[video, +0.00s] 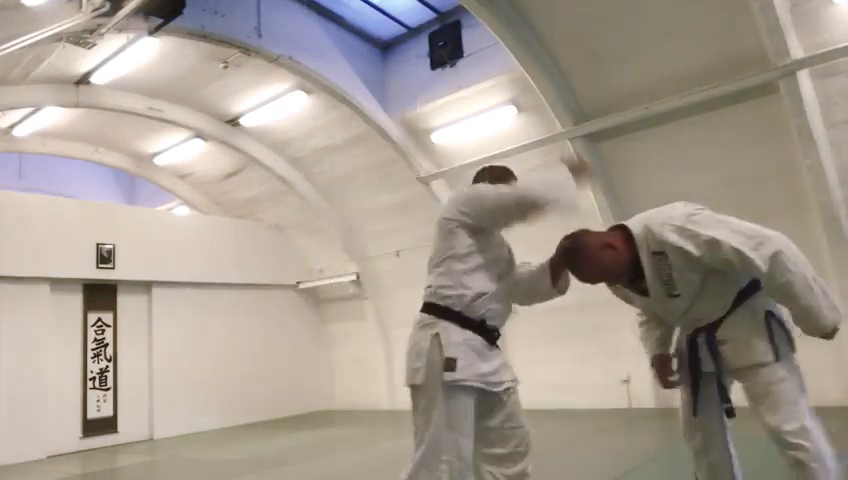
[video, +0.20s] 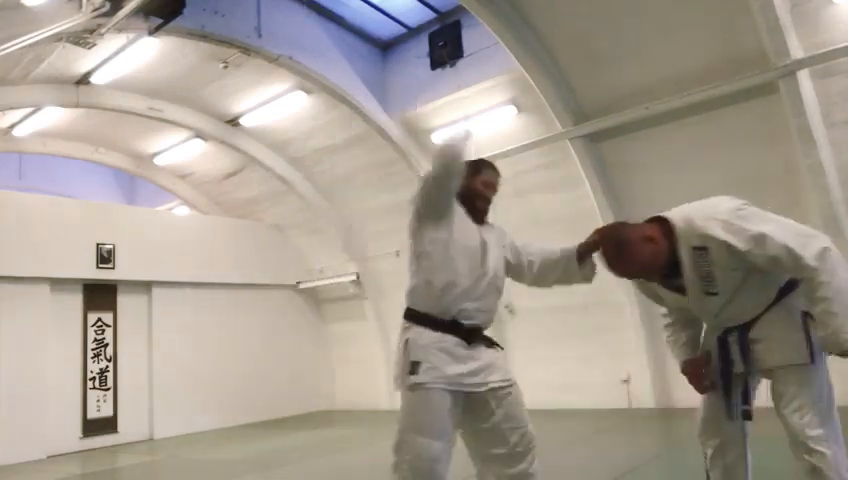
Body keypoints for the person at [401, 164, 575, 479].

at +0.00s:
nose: (513, 197)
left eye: (515, 191)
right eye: (506, 190)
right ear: (485, 186)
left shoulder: (501, 252)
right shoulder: (461, 206)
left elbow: (519, 287)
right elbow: (520, 196)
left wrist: (559, 265)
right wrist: (569, 176)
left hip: (485, 348)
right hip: (446, 338)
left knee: (509, 449)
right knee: (445, 458)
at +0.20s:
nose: (491, 193)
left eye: (495, 189)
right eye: (485, 184)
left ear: (495, 193)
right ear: (463, 181)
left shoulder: (497, 239)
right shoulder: (436, 216)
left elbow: (534, 264)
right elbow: (445, 174)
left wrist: (584, 251)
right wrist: (458, 136)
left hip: (479, 351)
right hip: (430, 345)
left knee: (513, 452)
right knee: (423, 460)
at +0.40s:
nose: (438, 199)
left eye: (444, 194)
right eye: (431, 190)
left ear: (449, 201)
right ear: (412, 192)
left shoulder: (454, 247)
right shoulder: (389, 237)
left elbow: (496, 279)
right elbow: (386, 181)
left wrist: (546, 287)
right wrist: (419, 157)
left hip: (448, 365)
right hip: (396, 364)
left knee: (500, 454)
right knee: (401, 465)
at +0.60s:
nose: (394, 192)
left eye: (401, 187)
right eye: (387, 185)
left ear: (406, 195)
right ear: (371, 188)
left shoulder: (410, 243)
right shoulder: (346, 229)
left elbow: (425, 307)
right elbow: (310, 247)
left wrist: (440, 360)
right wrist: (356, 224)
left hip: (412, 359)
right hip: (363, 359)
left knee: (446, 454)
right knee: (374, 465)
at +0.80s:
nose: (367, 206)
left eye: (370, 199)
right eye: (361, 198)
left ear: (373, 204)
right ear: (338, 201)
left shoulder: (374, 251)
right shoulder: (312, 246)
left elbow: (389, 302)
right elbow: (283, 310)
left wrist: (418, 327)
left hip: (377, 365)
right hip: (335, 366)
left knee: (389, 458)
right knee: (352, 466)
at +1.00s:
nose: (342, 222)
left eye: (343, 216)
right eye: (335, 215)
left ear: (343, 221)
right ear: (310, 219)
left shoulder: (344, 266)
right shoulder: (284, 260)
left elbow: (382, 295)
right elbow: (258, 320)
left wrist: (432, 312)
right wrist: (274, 374)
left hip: (337, 372)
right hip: (300, 373)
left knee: (340, 463)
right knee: (325, 464)